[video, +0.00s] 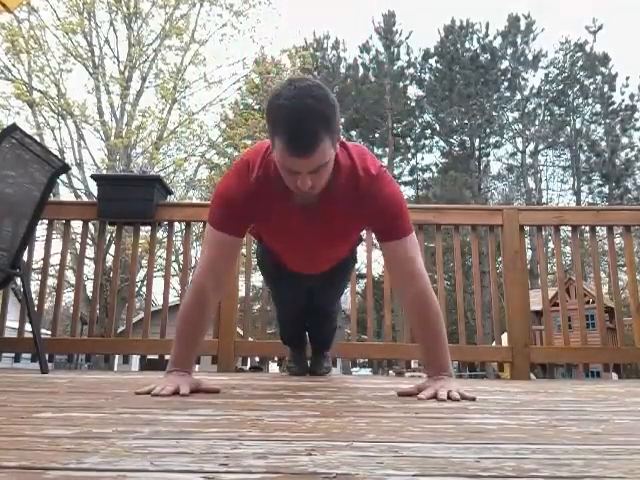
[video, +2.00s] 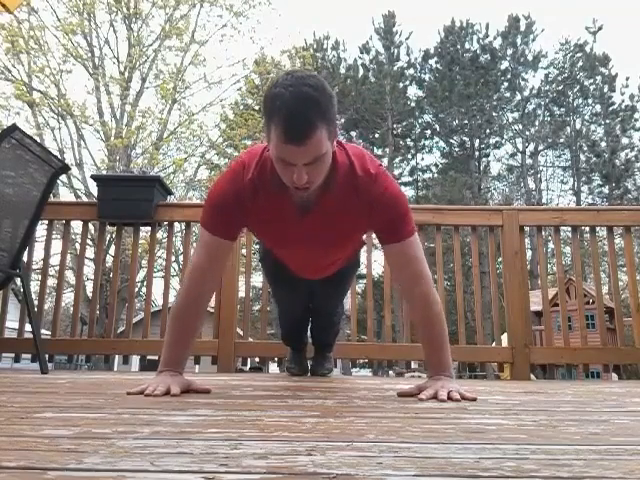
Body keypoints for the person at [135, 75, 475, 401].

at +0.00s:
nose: (303, 183)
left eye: (316, 170)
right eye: (290, 171)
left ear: (337, 143)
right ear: (271, 147)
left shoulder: (371, 185)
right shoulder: (242, 184)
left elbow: (413, 282)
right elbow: (206, 283)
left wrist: (440, 374)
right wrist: (179, 370)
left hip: (336, 254)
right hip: (278, 253)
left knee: (324, 313)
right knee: (290, 317)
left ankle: (321, 353)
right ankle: (295, 352)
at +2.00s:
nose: (299, 177)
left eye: (313, 163)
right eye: (286, 163)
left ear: (334, 139)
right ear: (268, 141)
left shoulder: (370, 184)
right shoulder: (237, 185)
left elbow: (417, 285)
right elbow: (197, 285)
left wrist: (441, 375)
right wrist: (169, 370)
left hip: (339, 257)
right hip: (280, 255)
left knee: (327, 314)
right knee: (291, 314)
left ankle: (324, 354)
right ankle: (296, 351)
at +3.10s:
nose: (300, 229)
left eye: (314, 217)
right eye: (286, 217)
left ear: (335, 186)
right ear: (267, 189)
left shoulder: (375, 211)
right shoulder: (236, 212)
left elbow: (430, 293)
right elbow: (184, 286)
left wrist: (442, 375)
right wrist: (167, 370)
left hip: (338, 306)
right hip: (282, 306)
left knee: (327, 337)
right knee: (293, 340)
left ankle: (322, 358)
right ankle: (297, 358)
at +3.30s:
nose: (297, 373)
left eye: (311, 360)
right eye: (282, 362)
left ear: (335, 314)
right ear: (258, 316)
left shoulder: (373, 286)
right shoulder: (236, 284)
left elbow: (447, 293)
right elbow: (165, 286)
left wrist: (443, 374)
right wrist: (165, 368)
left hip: (340, 365)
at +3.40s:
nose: (296, 393)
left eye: (309, 380)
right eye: (280, 382)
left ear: (336, 333)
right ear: (254, 330)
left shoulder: (370, 298)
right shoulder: (235, 294)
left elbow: (447, 293)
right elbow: (164, 286)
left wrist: (444, 374)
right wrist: (164, 369)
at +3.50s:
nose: (296, 360)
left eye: (309, 348)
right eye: (280, 350)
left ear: (334, 305)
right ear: (255, 308)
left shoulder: (371, 283)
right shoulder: (230, 280)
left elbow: (448, 295)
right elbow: (163, 290)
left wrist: (444, 375)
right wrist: (165, 369)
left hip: (339, 353)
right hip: (264, 352)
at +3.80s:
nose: (298, 224)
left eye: (311, 211)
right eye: (282, 212)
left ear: (332, 181)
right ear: (263, 185)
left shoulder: (370, 202)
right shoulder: (235, 205)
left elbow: (422, 287)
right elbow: (191, 283)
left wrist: (441, 375)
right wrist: (168, 370)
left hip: (338, 298)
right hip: (278, 299)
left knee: (327, 333)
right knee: (291, 334)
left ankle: (323, 358)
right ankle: (297, 356)